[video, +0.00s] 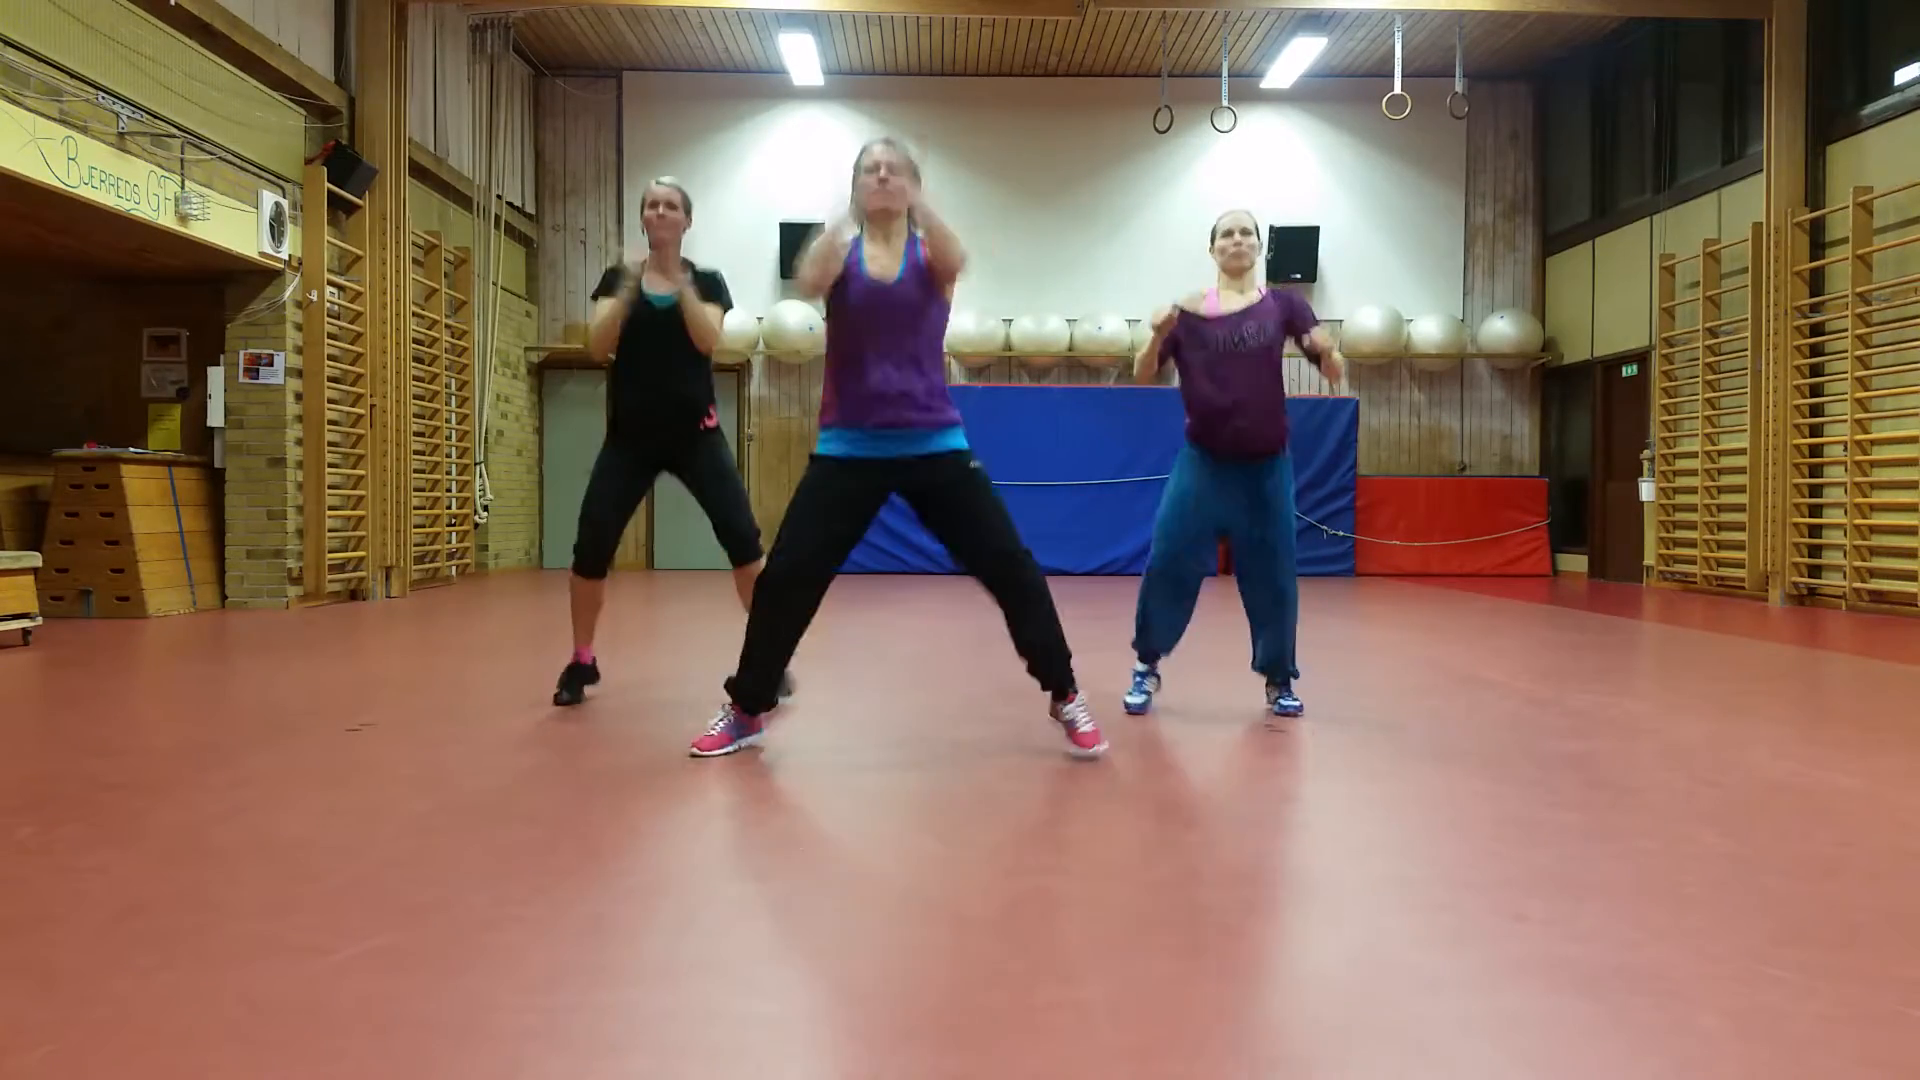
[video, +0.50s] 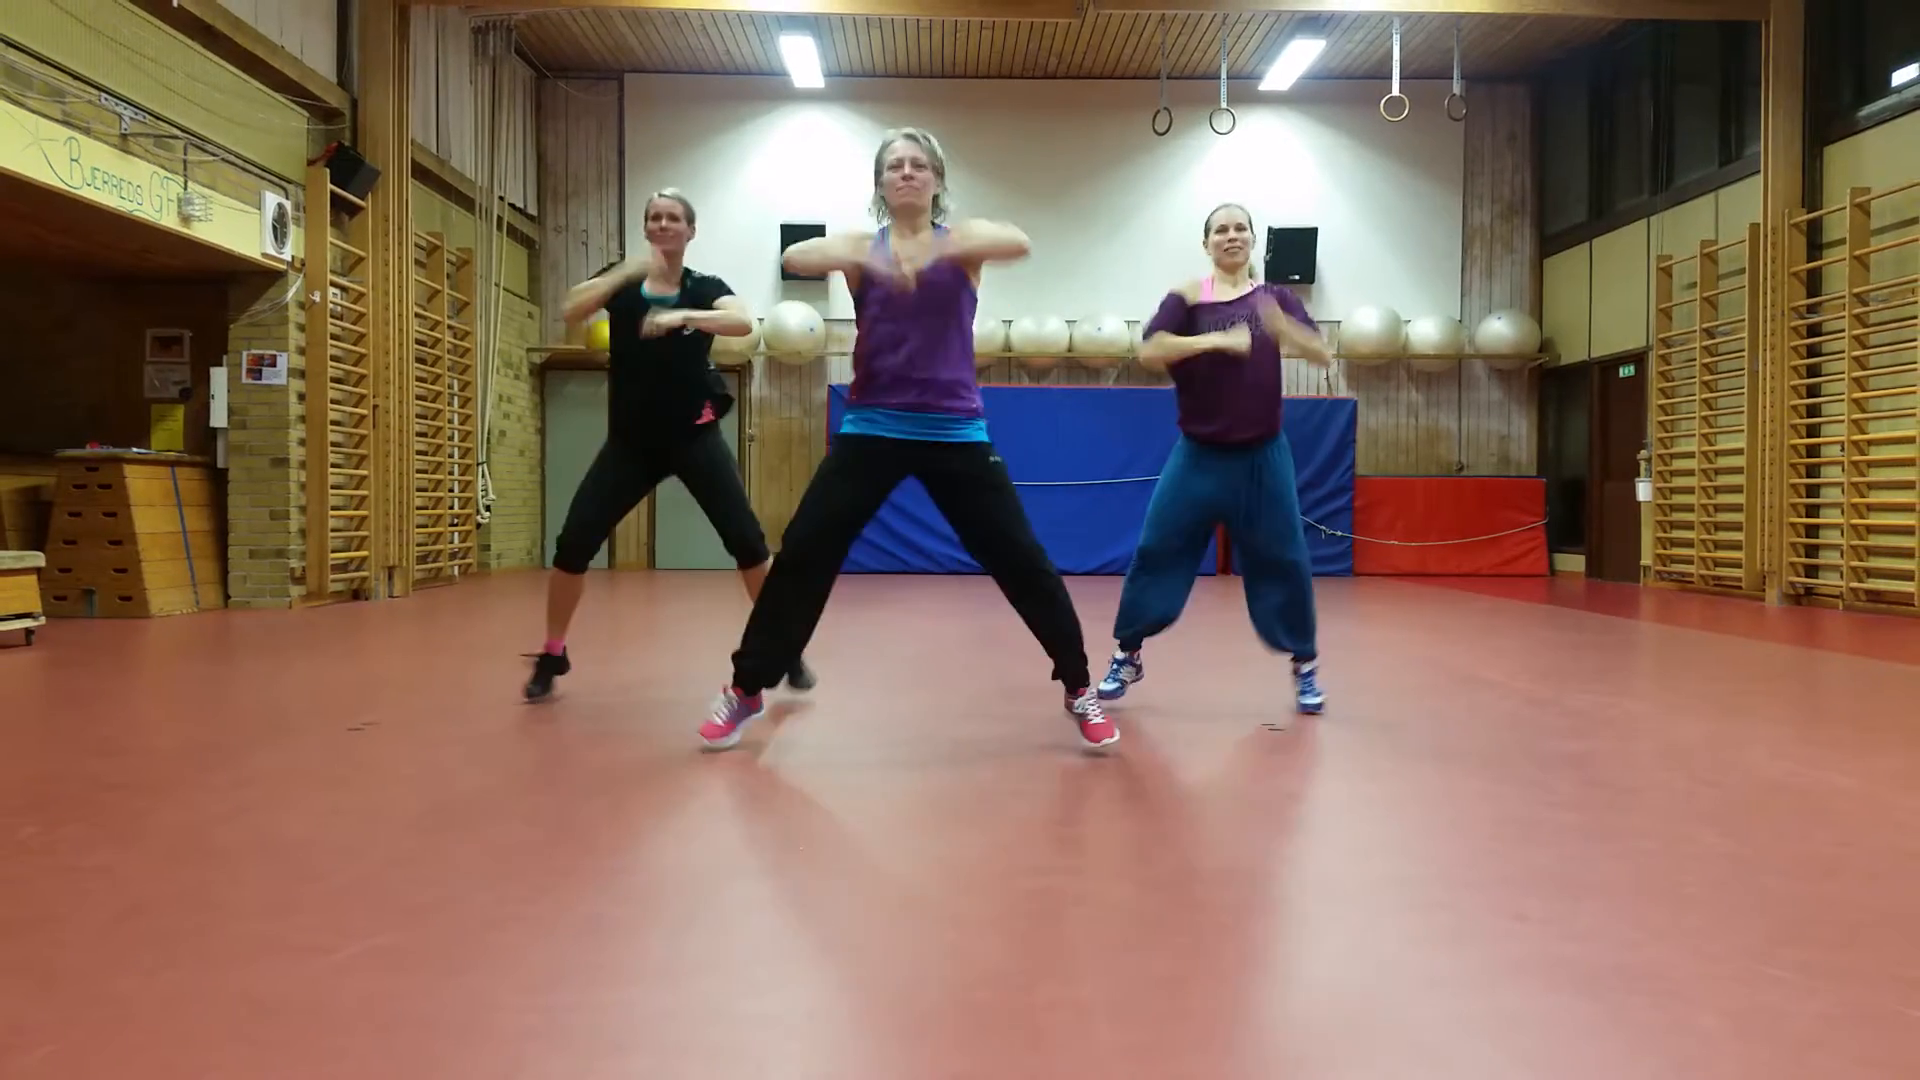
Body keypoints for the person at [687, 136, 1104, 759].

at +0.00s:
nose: (882, 179)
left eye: (894, 171)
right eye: (871, 171)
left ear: (914, 190)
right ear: (856, 188)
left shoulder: (930, 253)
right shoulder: (837, 250)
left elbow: (951, 259)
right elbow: (812, 280)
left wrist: (920, 203)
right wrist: (842, 223)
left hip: (934, 445)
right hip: (849, 447)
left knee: (1012, 566)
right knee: (786, 574)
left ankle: (1067, 699)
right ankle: (746, 711)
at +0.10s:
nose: (887, 166)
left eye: (900, 159)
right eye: (876, 159)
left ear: (918, 178)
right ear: (860, 179)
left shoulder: (943, 240)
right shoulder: (851, 242)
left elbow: (979, 241)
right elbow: (816, 266)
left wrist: (945, 170)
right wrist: (848, 189)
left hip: (948, 432)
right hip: (865, 431)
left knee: (1012, 562)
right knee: (795, 553)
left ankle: (1065, 697)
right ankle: (739, 692)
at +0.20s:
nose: (900, 192)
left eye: (910, 182)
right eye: (890, 183)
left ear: (926, 194)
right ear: (873, 197)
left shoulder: (953, 256)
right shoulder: (862, 263)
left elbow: (976, 272)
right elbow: (847, 295)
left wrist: (941, 221)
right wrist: (883, 237)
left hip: (960, 449)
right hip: (877, 448)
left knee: (1009, 577)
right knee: (794, 561)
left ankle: (1061, 704)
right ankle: (746, 692)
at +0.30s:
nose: (908, 203)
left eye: (919, 198)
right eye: (896, 197)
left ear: (933, 220)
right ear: (876, 218)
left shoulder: (952, 277)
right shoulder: (861, 277)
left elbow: (997, 295)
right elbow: (826, 319)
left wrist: (955, 216)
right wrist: (872, 246)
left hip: (957, 468)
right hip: (873, 470)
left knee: (1016, 593)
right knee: (797, 589)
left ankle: (1061, 712)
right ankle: (758, 712)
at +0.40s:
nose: (908, 184)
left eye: (919, 178)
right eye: (897, 177)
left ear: (936, 196)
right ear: (879, 194)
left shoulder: (954, 261)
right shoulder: (855, 257)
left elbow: (996, 257)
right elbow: (810, 300)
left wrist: (949, 183)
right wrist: (879, 271)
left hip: (951, 451)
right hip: (866, 452)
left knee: (1023, 573)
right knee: (802, 579)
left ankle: (1068, 701)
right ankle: (756, 708)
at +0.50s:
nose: (908, 174)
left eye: (919, 166)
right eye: (896, 166)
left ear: (938, 181)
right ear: (879, 182)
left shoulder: (960, 235)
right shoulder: (860, 242)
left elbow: (1017, 242)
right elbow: (792, 261)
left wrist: (943, 245)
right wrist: (854, 257)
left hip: (956, 429)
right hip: (873, 426)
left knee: (1021, 558)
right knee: (804, 550)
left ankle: (1081, 690)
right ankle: (746, 689)